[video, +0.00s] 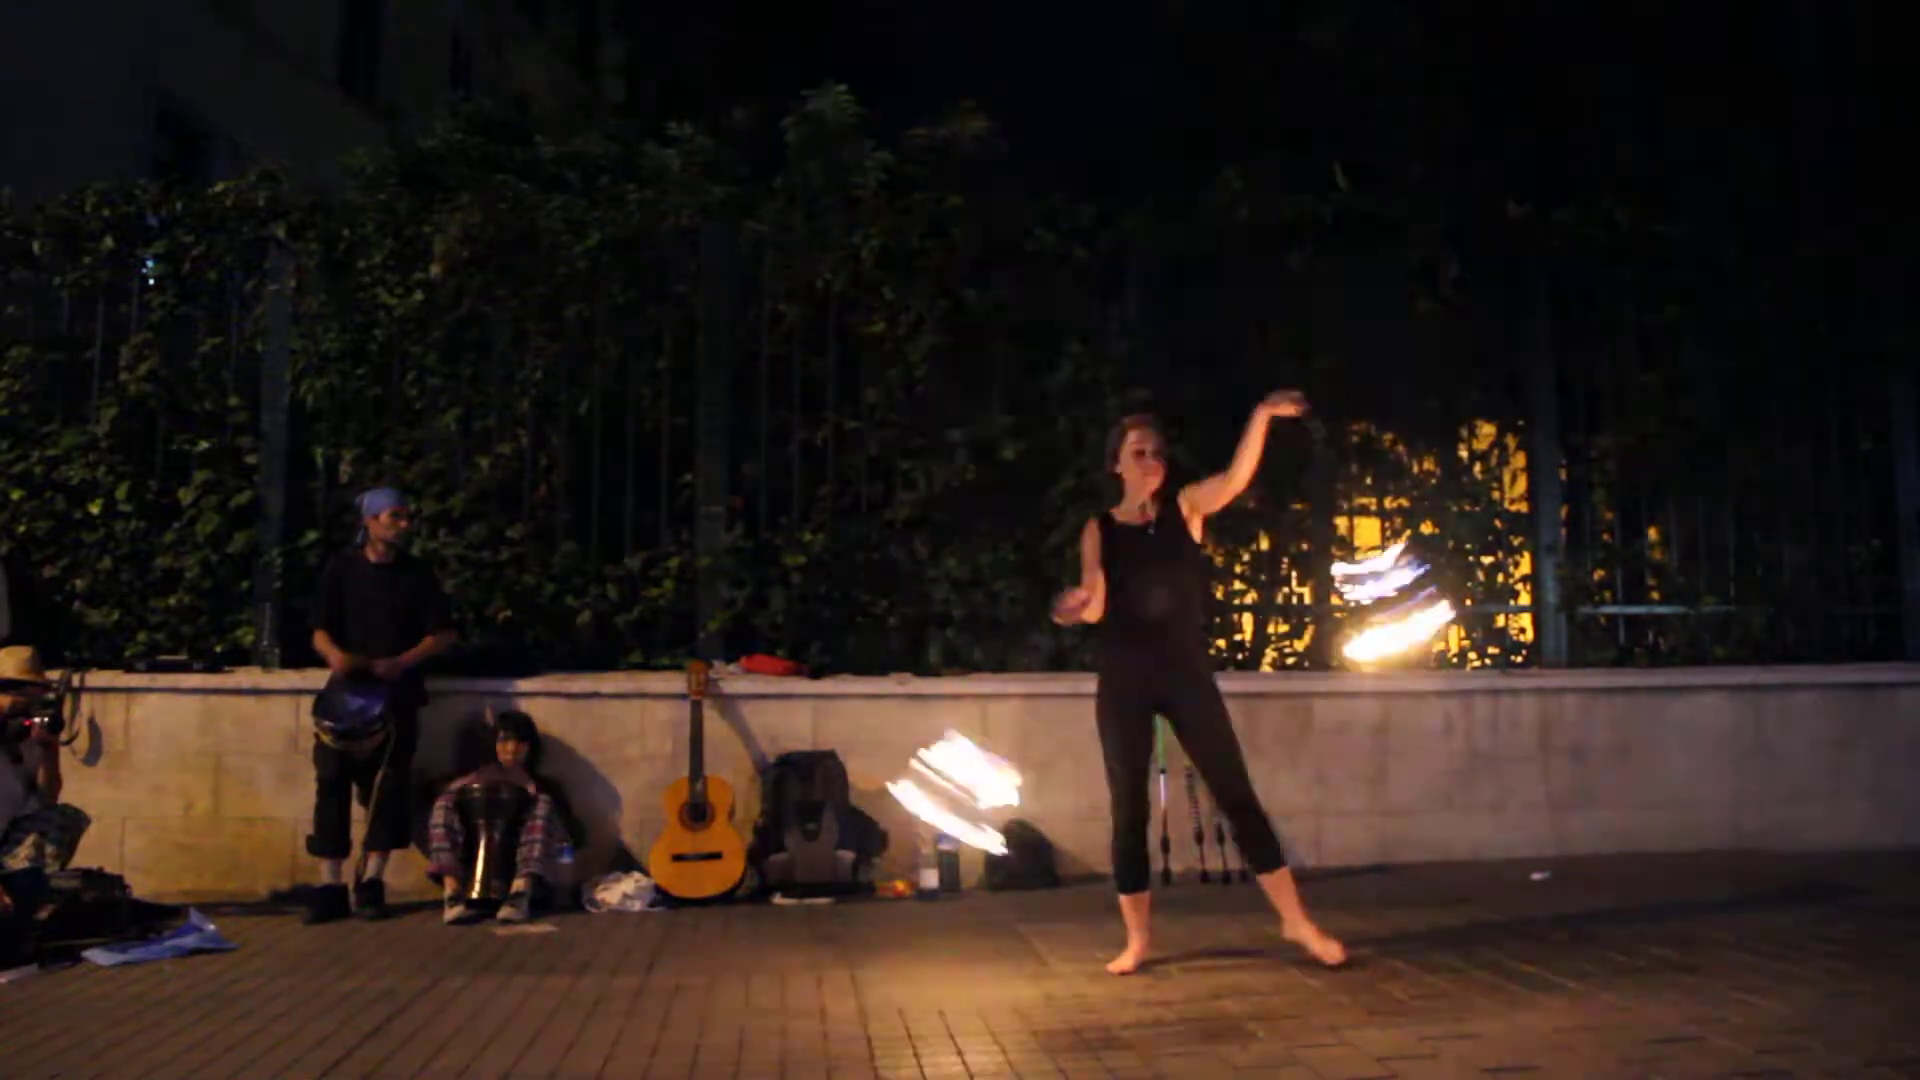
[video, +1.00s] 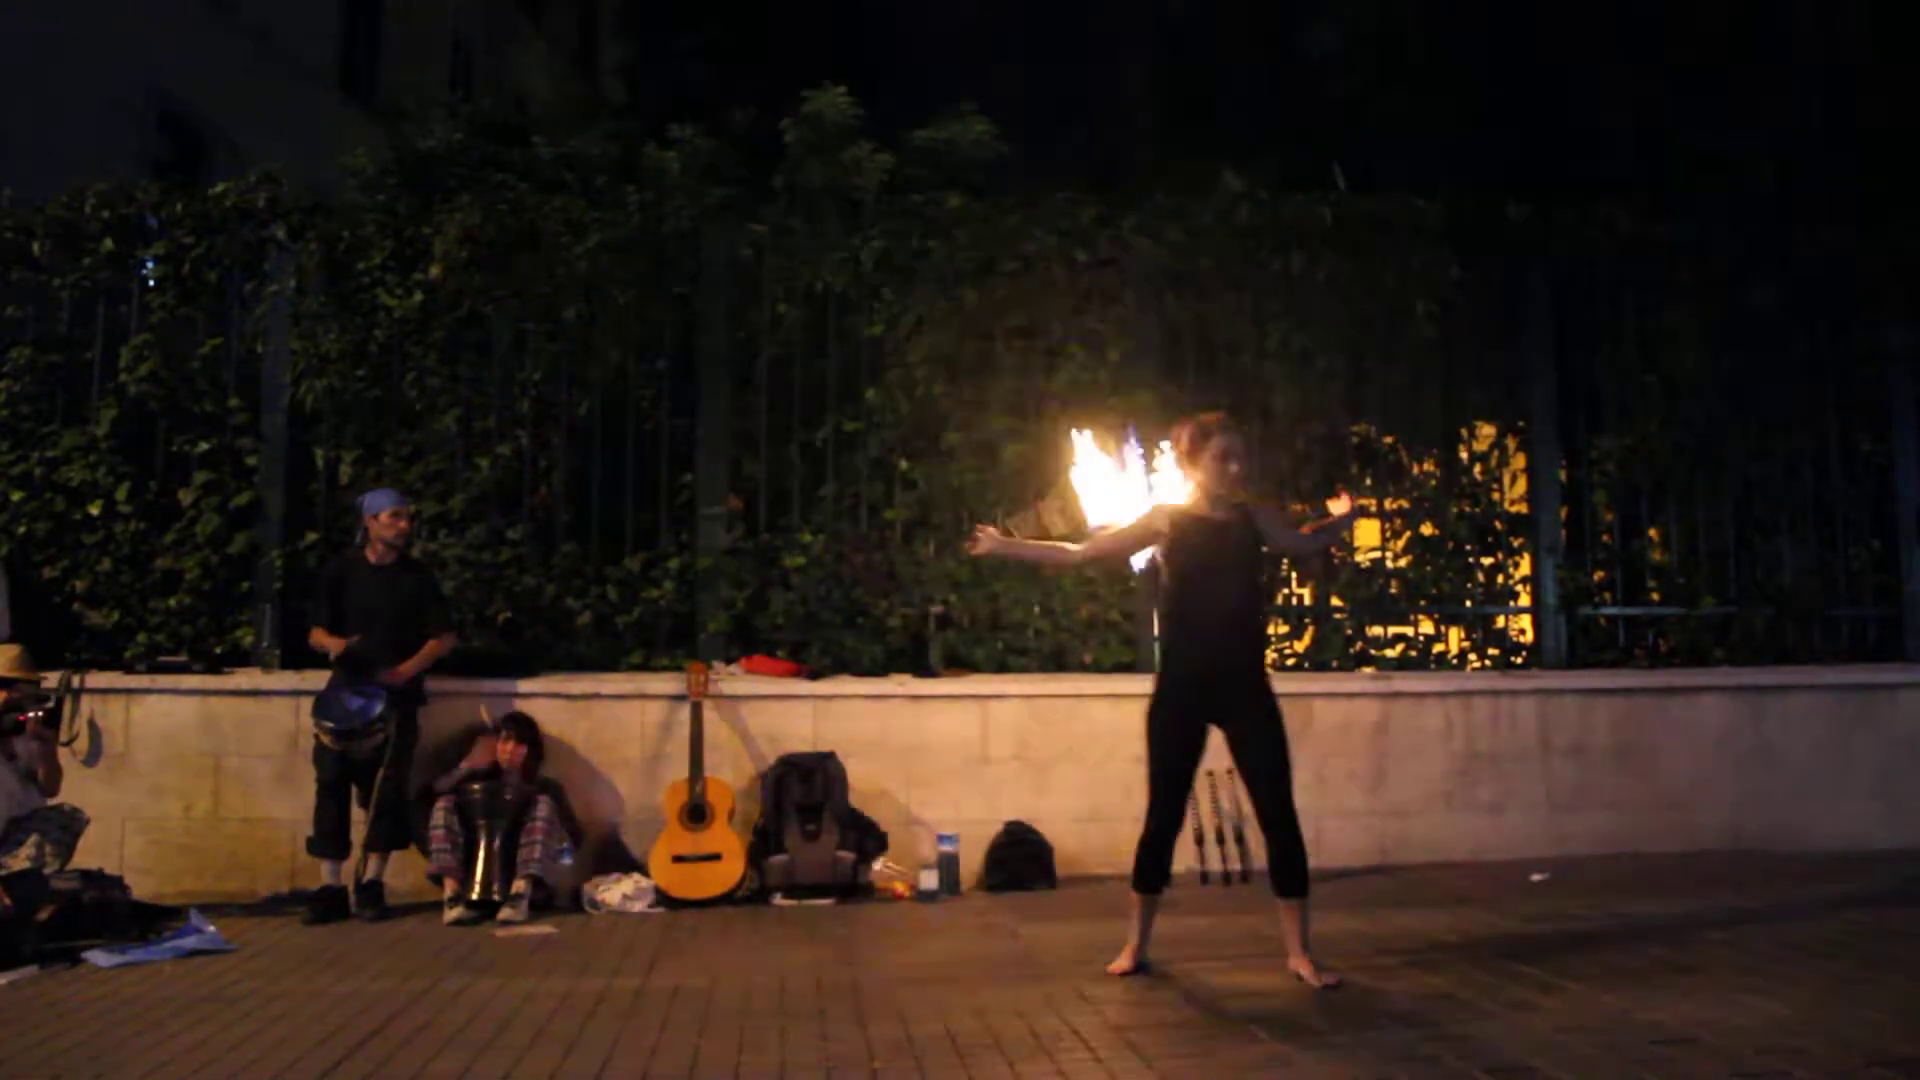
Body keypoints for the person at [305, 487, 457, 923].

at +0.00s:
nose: (404, 524)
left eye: (406, 518)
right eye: (395, 518)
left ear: (405, 524)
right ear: (370, 521)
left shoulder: (418, 573)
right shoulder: (341, 570)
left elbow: (442, 635)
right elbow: (319, 630)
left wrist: (400, 663)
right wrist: (339, 659)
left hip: (396, 694)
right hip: (345, 691)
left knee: (390, 784)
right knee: (331, 783)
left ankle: (371, 880)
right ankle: (332, 882)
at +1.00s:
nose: (404, 525)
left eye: (407, 518)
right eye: (395, 518)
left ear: (408, 525)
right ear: (370, 522)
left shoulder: (418, 576)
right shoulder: (341, 571)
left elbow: (443, 637)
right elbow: (315, 632)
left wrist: (407, 669)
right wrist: (336, 645)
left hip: (395, 694)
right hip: (345, 691)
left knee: (389, 786)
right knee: (331, 783)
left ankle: (371, 881)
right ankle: (331, 883)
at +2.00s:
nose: (402, 524)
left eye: (404, 517)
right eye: (392, 518)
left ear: (406, 523)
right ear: (368, 522)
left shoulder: (416, 575)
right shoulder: (340, 572)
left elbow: (444, 637)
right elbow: (313, 630)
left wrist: (404, 669)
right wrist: (328, 642)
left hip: (395, 693)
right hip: (344, 689)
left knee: (388, 784)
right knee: (331, 782)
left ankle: (371, 880)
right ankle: (331, 883)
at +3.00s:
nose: (402, 522)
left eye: (404, 515)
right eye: (392, 516)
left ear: (404, 522)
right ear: (368, 521)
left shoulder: (417, 574)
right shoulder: (340, 571)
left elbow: (440, 637)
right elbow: (317, 633)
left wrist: (399, 664)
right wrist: (336, 652)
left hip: (396, 694)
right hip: (345, 691)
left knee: (390, 784)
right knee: (331, 783)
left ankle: (370, 881)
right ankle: (331, 883)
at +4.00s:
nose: (400, 523)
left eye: (402, 516)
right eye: (391, 516)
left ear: (401, 523)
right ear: (367, 521)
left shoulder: (415, 573)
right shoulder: (339, 571)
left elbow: (442, 636)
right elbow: (310, 628)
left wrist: (405, 669)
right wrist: (325, 637)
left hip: (395, 691)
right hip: (344, 688)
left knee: (388, 785)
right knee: (331, 783)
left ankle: (370, 880)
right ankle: (330, 883)